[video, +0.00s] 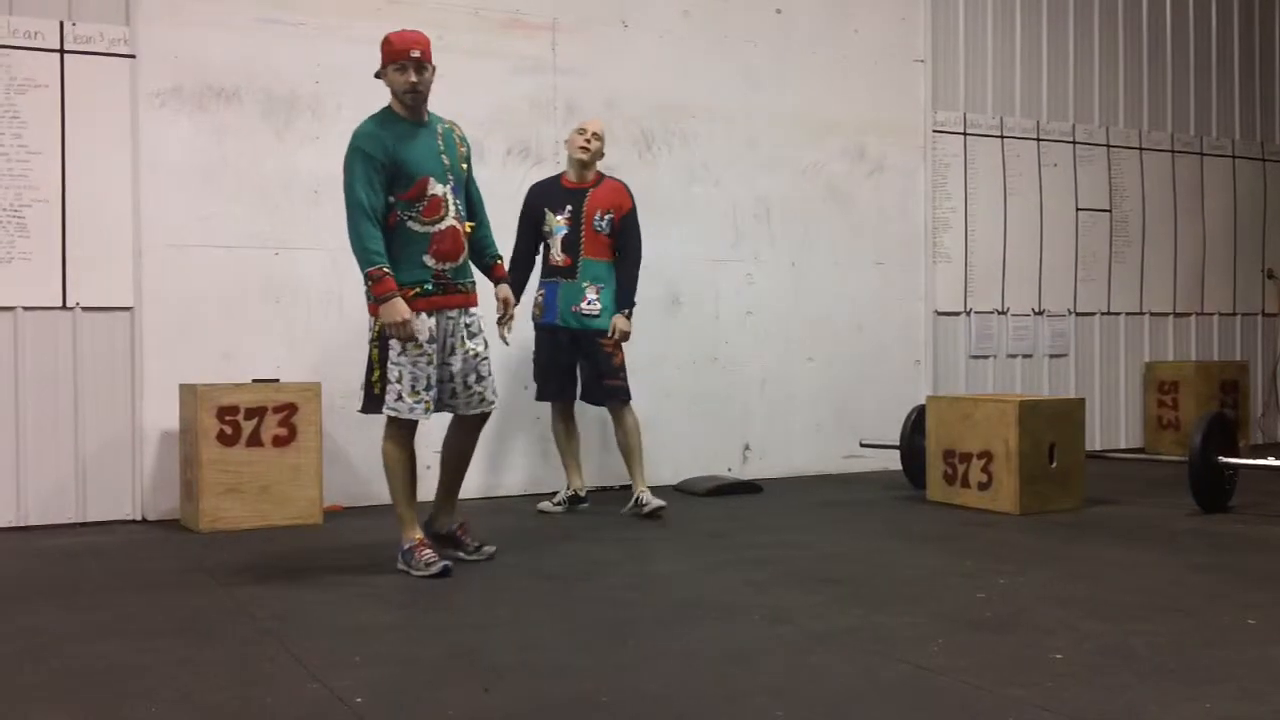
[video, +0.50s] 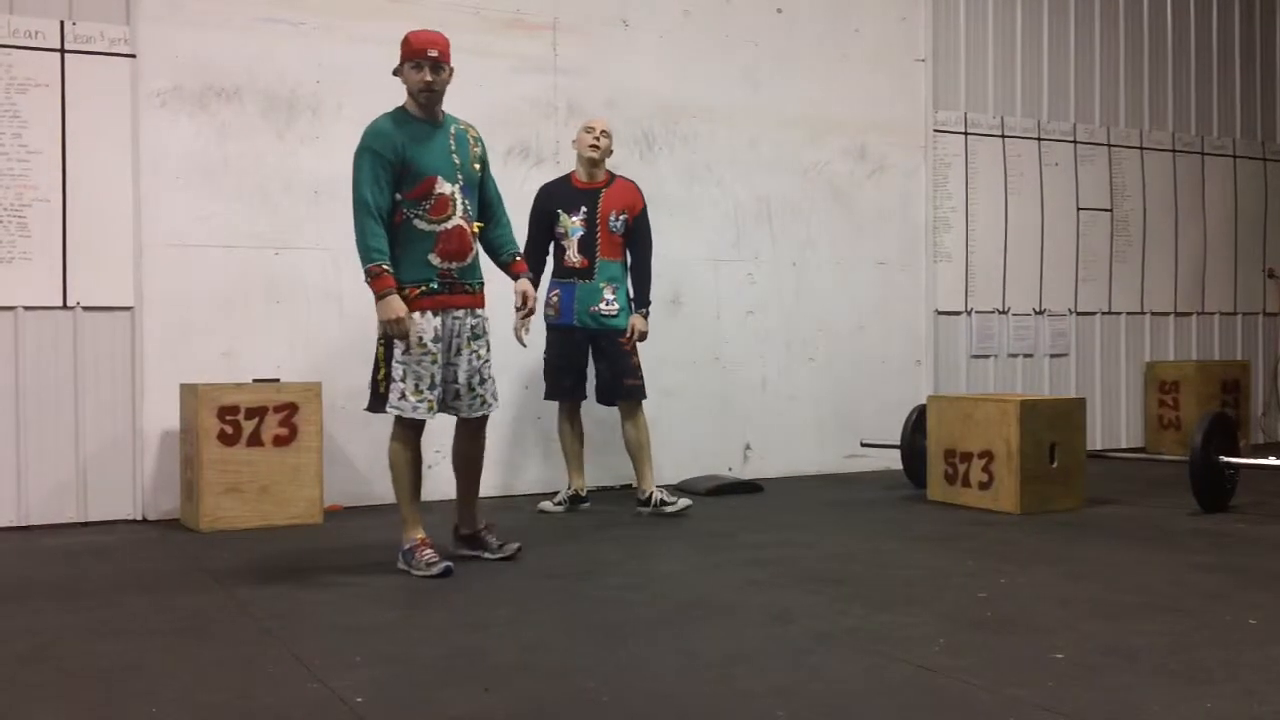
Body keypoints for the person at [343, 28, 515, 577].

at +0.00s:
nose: (413, 76)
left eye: (421, 67)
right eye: (401, 68)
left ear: (433, 73)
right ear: (384, 77)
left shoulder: (453, 137)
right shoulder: (370, 140)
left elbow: (473, 214)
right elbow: (363, 222)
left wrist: (500, 277)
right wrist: (385, 294)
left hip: (460, 300)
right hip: (406, 302)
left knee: (475, 405)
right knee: (402, 417)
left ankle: (443, 522)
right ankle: (411, 539)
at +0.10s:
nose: (411, 76)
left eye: (419, 67)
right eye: (400, 68)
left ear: (432, 73)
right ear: (383, 76)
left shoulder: (455, 135)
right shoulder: (371, 140)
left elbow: (476, 214)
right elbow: (362, 223)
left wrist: (505, 275)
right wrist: (383, 294)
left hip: (460, 301)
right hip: (407, 303)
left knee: (472, 407)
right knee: (404, 416)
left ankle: (440, 524)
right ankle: (410, 539)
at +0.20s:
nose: (412, 76)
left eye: (420, 67)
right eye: (401, 67)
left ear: (434, 73)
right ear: (385, 76)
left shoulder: (456, 135)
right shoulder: (372, 139)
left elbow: (481, 214)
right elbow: (362, 221)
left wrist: (512, 274)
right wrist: (381, 295)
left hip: (460, 301)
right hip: (408, 303)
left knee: (476, 407)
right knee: (405, 418)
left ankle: (443, 522)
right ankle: (411, 538)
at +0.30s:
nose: (416, 75)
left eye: (424, 66)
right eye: (404, 66)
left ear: (438, 73)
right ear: (388, 75)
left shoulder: (457, 135)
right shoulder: (374, 138)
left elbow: (484, 214)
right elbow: (363, 220)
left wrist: (517, 273)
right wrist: (382, 294)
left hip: (461, 299)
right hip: (407, 302)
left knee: (481, 403)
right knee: (406, 417)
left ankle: (451, 519)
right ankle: (413, 539)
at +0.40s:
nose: (420, 75)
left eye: (429, 66)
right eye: (410, 66)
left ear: (442, 73)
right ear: (394, 73)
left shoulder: (461, 136)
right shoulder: (377, 137)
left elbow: (487, 214)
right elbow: (365, 219)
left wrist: (519, 272)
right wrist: (382, 293)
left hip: (464, 300)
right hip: (410, 302)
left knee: (478, 406)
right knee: (408, 418)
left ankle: (462, 518)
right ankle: (413, 538)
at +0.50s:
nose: (428, 75)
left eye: (437, 67)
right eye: (418, 66)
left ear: (449, 74)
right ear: (401, 74)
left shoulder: (468, 138)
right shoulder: (382, 138)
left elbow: (491, 216)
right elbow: (369, 219)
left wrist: (520, 274)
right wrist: (385, 292)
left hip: (467, 302)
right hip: (413, 304)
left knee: (474, 413)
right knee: (410, 419)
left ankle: (469, 528)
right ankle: (413, 539)